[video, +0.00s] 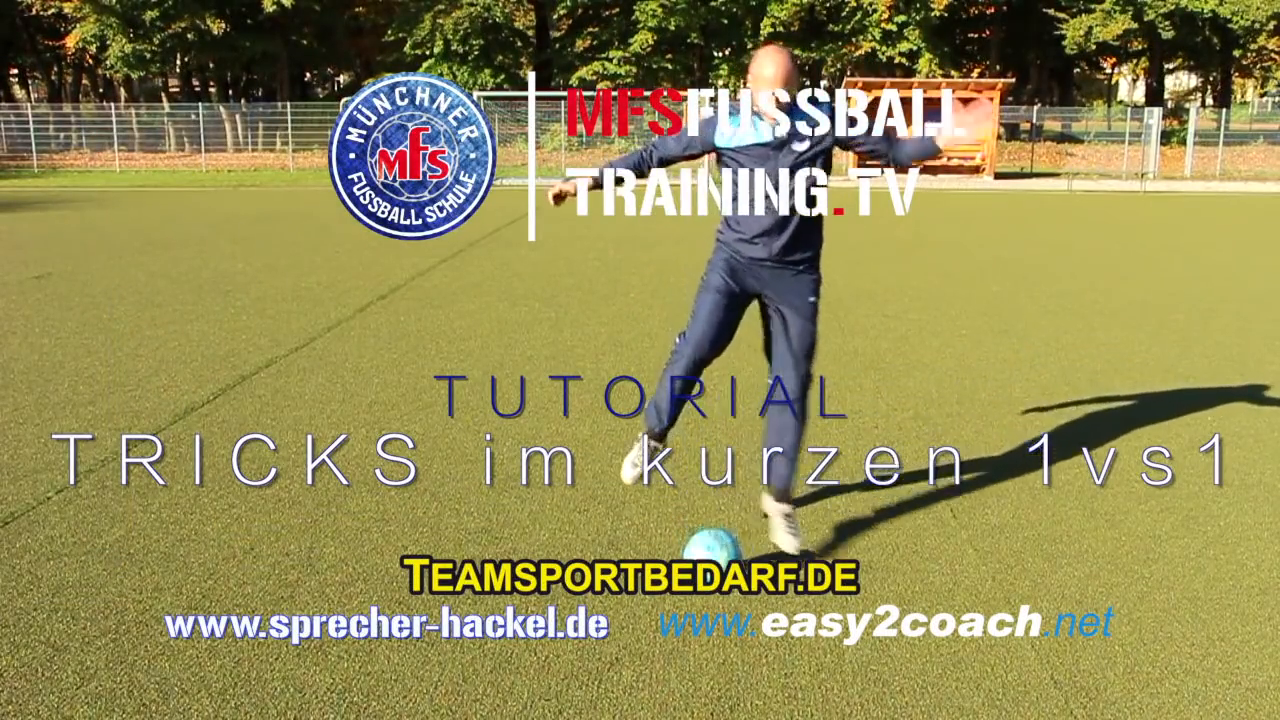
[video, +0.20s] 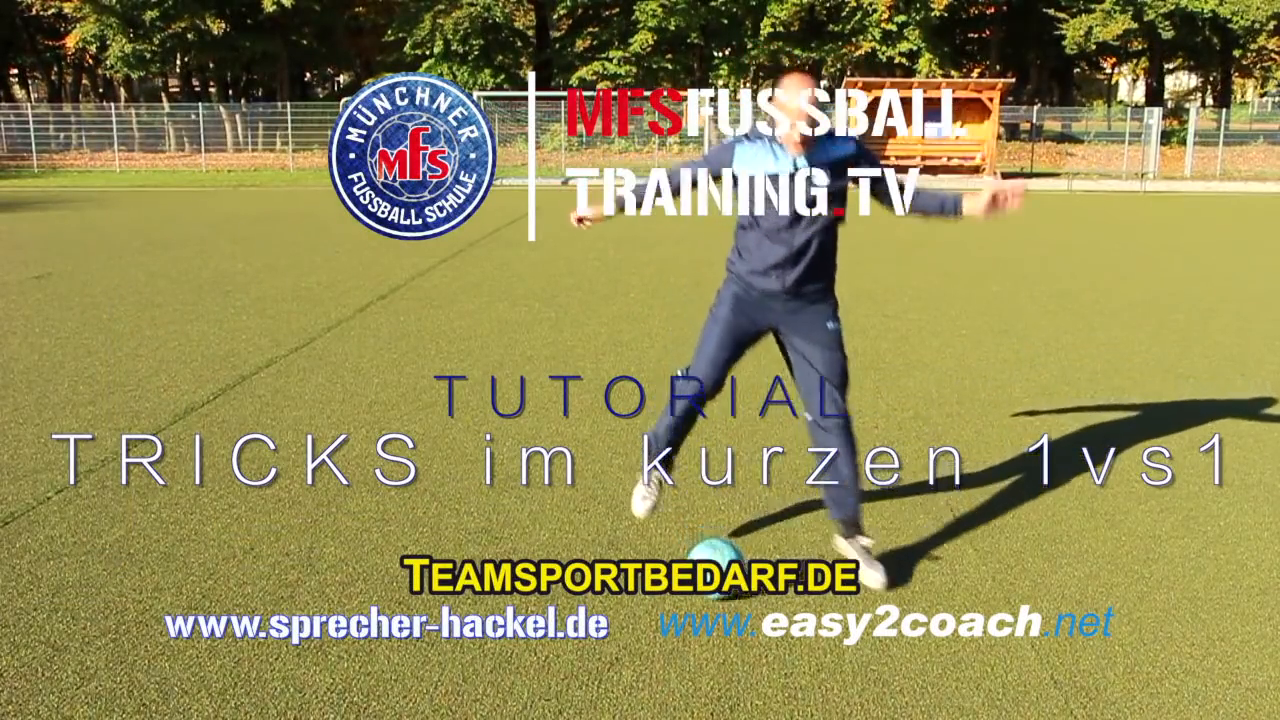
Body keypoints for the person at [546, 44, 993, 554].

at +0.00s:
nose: (772, 101)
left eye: (781, 92)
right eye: (765, 91)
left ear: (794, 88)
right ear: (750, 87)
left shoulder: (823, 121)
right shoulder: (724, 127)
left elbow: (890, 149)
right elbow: (655, 153)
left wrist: (950, 140)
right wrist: (588, 179)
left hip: (795, 271)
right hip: (733, 261)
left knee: (792, 382)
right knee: (694, 352)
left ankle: (779, 497)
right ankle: (653, 436)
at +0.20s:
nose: (808, 112)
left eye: (814, 102)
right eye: (798, 102)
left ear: (821, 106)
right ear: (773, 104)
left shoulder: (843, 154)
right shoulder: (741, 152)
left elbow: (903, 194)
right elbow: (674, 181)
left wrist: (973, 202)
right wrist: (608, 206)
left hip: (811, 302)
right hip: (745, 294)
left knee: (831, 411)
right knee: (698, 385)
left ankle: (850, 530)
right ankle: (654, 464)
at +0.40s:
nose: (820, 180)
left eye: (829, 171)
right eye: (812, 169)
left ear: (841, 174)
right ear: (795, 167)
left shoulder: (857, 218)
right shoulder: (762, 199)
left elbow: (902, 273)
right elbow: (708, 228)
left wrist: (963, 302)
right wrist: (661, 251)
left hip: (822, 353)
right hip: (754, 345)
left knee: (860, 452)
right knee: (713, 438)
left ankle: (878, 554)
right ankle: (697, 504)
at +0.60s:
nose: (821, 239)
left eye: (831, 230)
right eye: (812, 229)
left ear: (843, 220)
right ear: (794, 215)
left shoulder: (854, 267)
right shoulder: (755, 231)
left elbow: (886, 341)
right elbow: (727, 265)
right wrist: (706, 293)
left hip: (815, 378)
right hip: (746, 369)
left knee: (864, 481)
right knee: (719, 464)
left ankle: (875, 558)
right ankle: (737, 553)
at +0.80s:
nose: (783, 246)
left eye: (792, 236)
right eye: (772, 236)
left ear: (805, 229)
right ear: (755, 225)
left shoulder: (825, 274)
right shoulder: (724, 241)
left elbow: (861, 353)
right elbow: (692, 263)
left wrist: (895, 423)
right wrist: (658, 281)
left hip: (799, 390)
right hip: (728, 381)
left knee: (855, 494)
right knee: (688, 470)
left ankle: (875, 563)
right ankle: (692, 572)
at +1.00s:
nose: (716, 226)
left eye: (726, 216)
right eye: (706, 216)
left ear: (742, 208)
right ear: (688, 207)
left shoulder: (776, 254)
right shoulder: (662, 240)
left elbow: (833, 323)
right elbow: (621, 264)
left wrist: (886, 385)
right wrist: (577, 284)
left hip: (764, 395)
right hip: (688, 391)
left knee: (821, 488)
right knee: (632, 501)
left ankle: (865, 554)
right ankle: (644, 611)